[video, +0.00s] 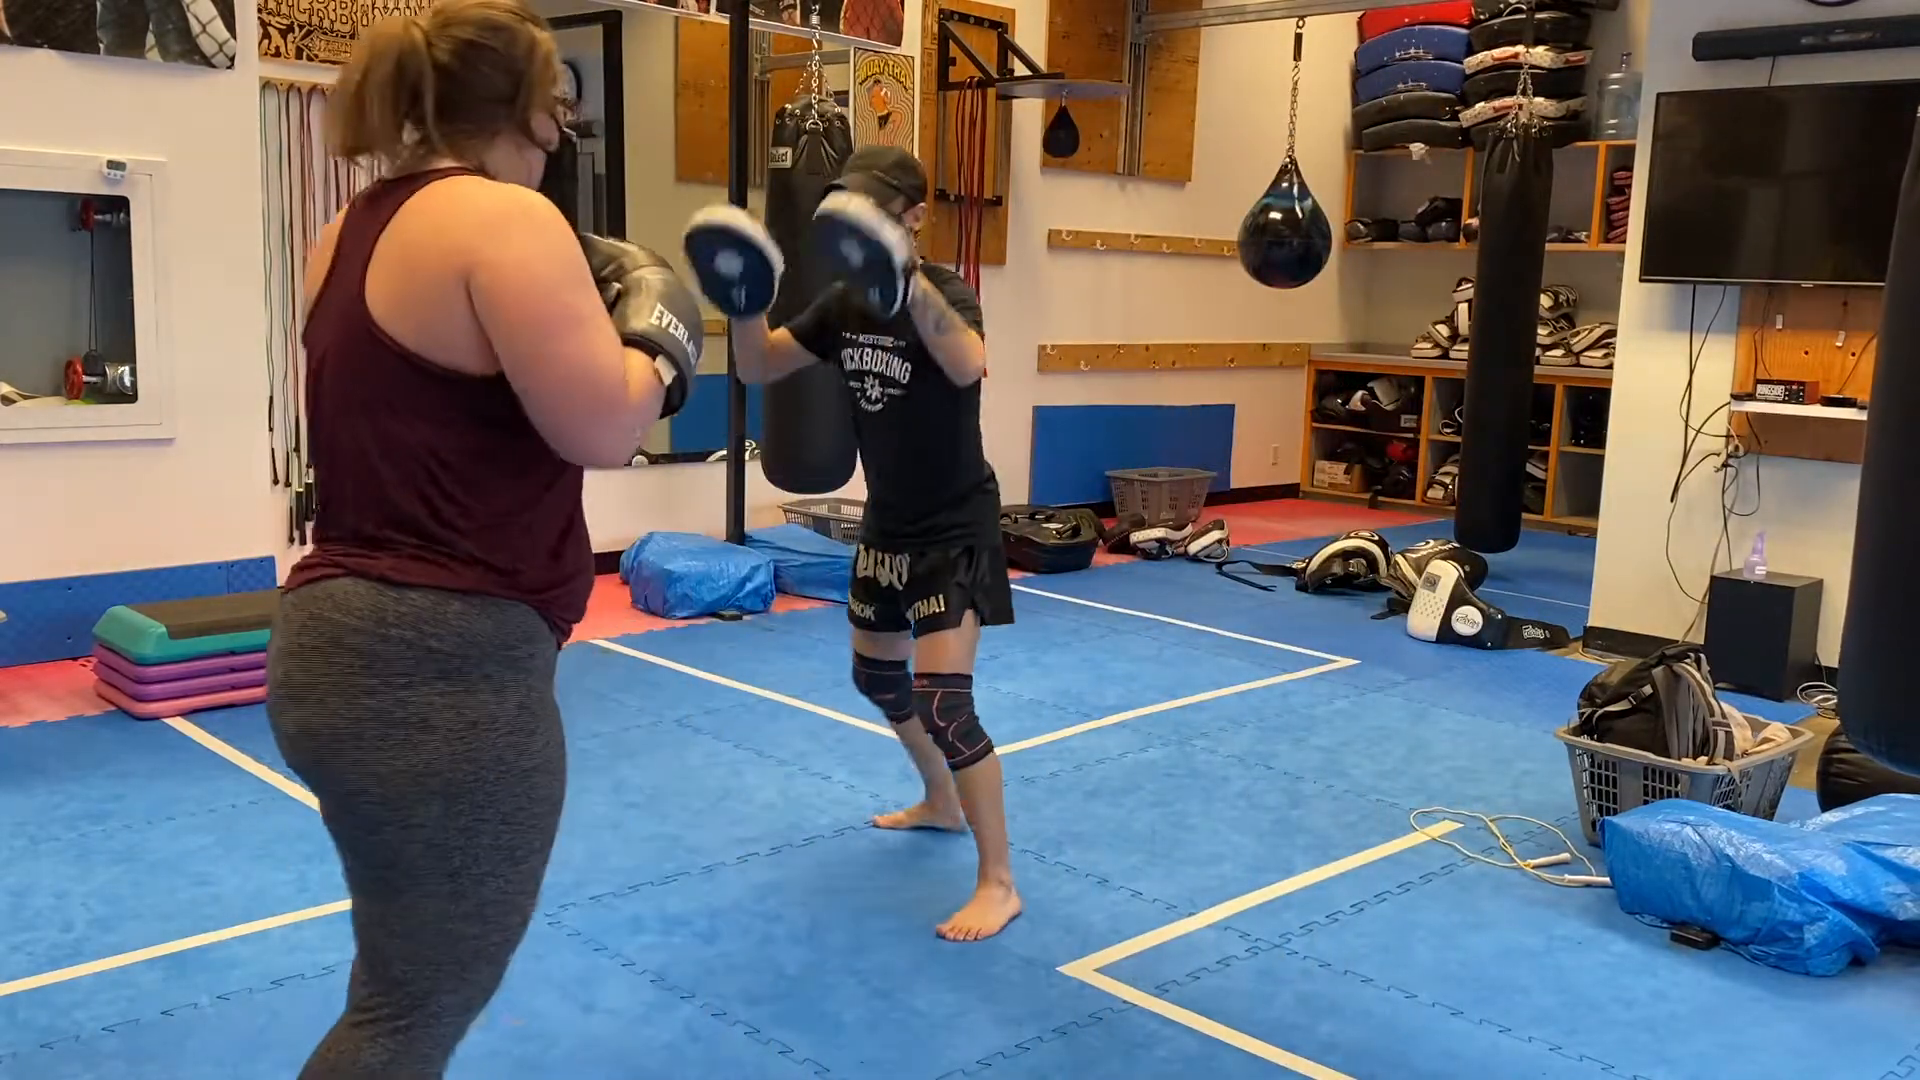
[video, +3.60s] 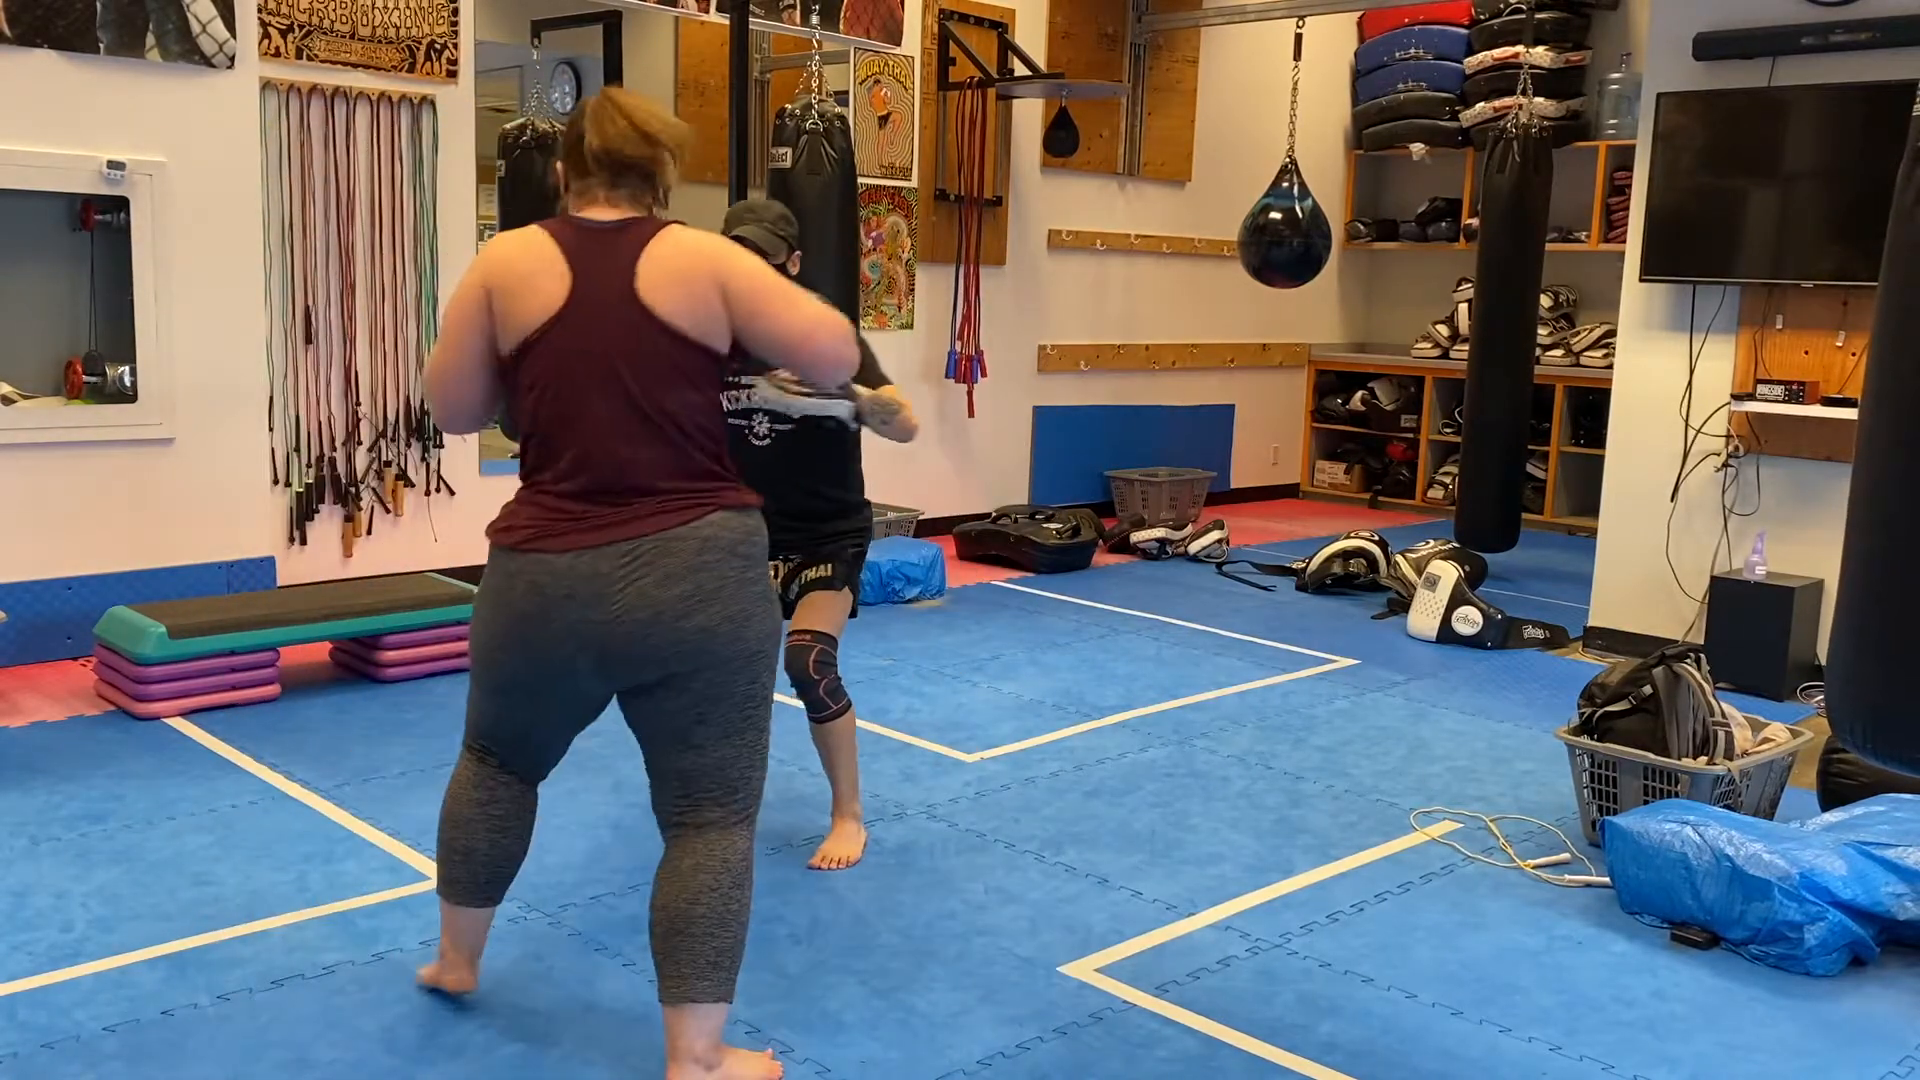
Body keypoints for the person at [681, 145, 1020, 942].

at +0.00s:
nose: (859, 233)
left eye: (874, 218)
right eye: (850, 221)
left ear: (911, 216)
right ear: (842, 228)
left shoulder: (944, 290)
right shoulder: (840, 300)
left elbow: (967, 367)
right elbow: (756, 367)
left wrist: (911, 284)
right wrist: (745, 295)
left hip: (954, 518)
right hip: (886, 519)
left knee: (944, 706)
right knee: (881, 677)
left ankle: (998, 881)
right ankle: (943, 802)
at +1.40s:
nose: (889, 253)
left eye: (904, 242)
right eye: (890, 240)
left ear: (957, 247)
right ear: (941, 249)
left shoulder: (1012, 333)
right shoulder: (917, 329)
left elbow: (1000, 444)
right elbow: (849, 408)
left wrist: (940, 387)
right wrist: (815, 349)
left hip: (1032, 542)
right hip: (966, 539)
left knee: (960, 699)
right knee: (959, 687)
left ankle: (965, 900)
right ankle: (1029, 805)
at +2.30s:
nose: (812, 293)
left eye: (826, 282)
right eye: (812, 281)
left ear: (873, 285)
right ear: (855, 286)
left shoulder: (935, 365)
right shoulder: (837, 361)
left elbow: (939, 478)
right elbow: (780, 459)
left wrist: (848, 412)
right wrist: (738, 407)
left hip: (963, 562)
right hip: (902, 558)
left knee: (894, 725)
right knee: (845, 694)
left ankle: (963, 903)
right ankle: (963, 769)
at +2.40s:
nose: (794, 292)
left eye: (808, 281)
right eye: (795, 280)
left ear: (858, 284)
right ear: (837, 285)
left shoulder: (914, 367)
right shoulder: (817, 357)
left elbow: (903, 475)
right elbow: (756, 449)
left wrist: (821, 404)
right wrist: (721, 390)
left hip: (935, 566)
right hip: (873, 560)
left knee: (877, 728)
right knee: (798, 672)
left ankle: (962, 900)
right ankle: (879, 770)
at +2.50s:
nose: (775, 270)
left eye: (790, 257)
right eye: (776, 256)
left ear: (842, 262)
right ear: (821, 263)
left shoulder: (884, 349)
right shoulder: (792, 338)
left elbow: (871, 449)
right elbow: (729, 421)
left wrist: (799, 386)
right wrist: (713, 363)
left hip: (896, 548)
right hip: (834, 542)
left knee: (878, 713)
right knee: (766, 647)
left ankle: (958, 893)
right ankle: (780, 751)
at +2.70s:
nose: (734, 278)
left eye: (747, 267)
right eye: (732, 265)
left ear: (791, 270)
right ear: (746, 269)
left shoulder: (826, 348)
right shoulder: (729, 340)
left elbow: (830, 438)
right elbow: (655, 399)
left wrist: (755, 385)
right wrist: (637, 343)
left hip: (834, 535)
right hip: (765, 534)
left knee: (813, 661)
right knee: (697, 652)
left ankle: (862, 825)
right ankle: (737, 751)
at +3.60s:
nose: (744, 274)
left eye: (757, 260)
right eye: (736, 260)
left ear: (791, 260)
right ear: (723, 258)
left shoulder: (825, 331)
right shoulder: (713, 329)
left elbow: (903, 424)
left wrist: (838, 393)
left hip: (828, 524)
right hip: (743, 525)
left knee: (809, 659)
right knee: (721, 662)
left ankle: (847, 815)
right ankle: (714, 813)